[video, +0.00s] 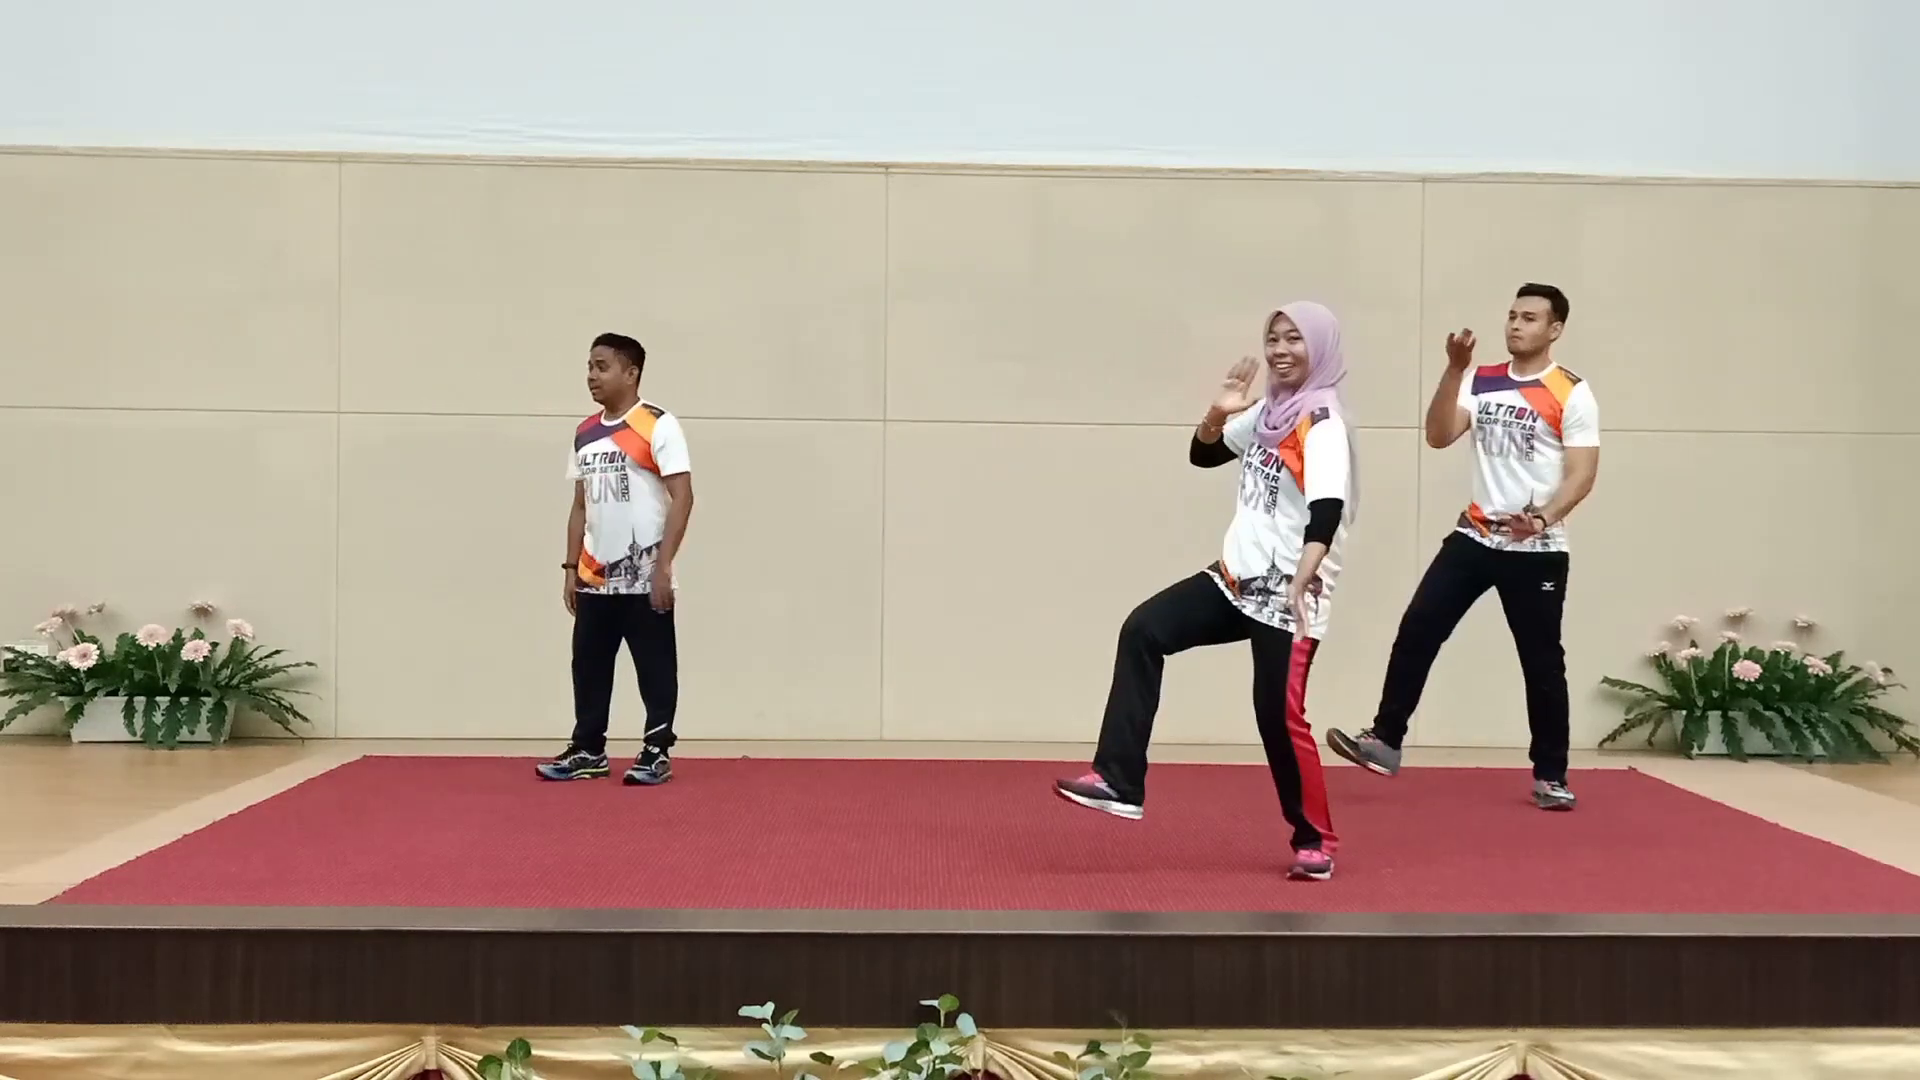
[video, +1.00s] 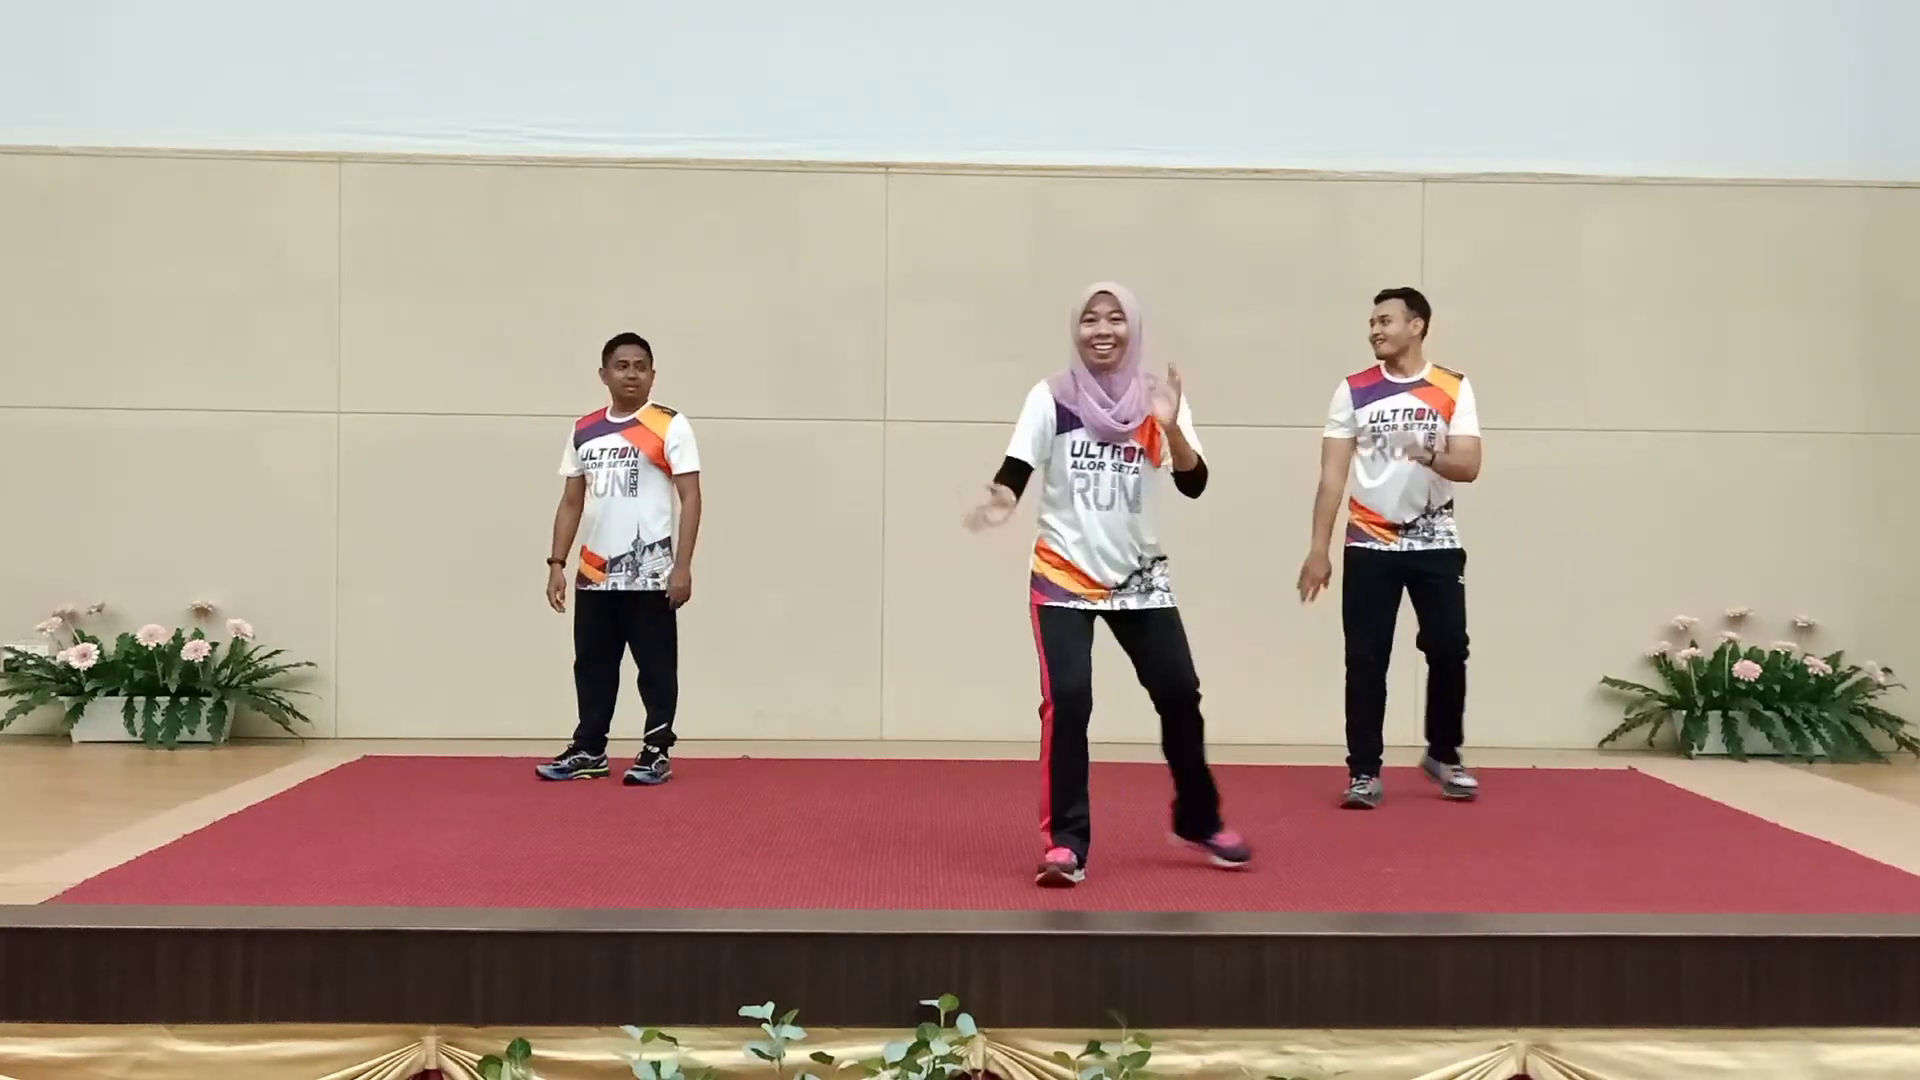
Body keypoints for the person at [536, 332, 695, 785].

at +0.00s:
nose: (590, 375)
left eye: (600, 366)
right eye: (589, 367)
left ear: (631, 372)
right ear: (595, 373)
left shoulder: (660, 426)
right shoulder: (587, 432)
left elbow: (682, 498)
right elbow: (581, 505)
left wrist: (663, 567)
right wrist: (571, 567)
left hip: (646, 578)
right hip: (596, 578)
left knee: (656, 670)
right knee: (589, 668)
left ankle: (656, 753)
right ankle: (588, 751)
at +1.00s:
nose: (632, 373)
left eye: (641, 366)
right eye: (622, 365)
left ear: (653, 373)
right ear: (604, 374)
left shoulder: (671, 427)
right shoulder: (584, 430)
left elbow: (691, 499)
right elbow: (571, 502)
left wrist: (683, 566)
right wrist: (557, 563)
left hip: (652, 575)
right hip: (596, 575)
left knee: (657, 670)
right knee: (593, 668)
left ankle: (656, 754)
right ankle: (589, 752)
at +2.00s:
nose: (657, 375)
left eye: (658, 367)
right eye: (647, 368)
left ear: (654, 373)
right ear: (616, 373)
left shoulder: (673, 431)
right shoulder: (577, 424)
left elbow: (684, 504)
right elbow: (560, 498)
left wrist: (687, 565)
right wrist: (567, 559)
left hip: (656, 570)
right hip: (596, 570)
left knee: (658, 666)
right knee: (592, 667)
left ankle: (658, 753)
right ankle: (588, 752)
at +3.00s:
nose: (631, 382)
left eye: (638, 375)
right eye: (621, 375)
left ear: (646, 382)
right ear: (599, 381)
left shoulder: (670, 438)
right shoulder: (573, 439)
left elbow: (684, 511)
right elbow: (559, 515)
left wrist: (666, 574)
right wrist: (566, 578)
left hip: (649, 573)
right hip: (591, 574)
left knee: (656, 665)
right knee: (585, 666)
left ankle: (656, 753)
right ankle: (588, 752)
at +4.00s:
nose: (627, 374)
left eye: (637, 366)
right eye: (619, 366)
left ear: (657, 374)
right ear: (610, 374)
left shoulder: (678, 427)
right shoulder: (593, 425)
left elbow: (700, 499)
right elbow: (530, 445)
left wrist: (685, 564)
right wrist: (464, 451)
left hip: (656, 574)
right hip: (601, 572)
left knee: (661, 670)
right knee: (593, 666)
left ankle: (656, 755)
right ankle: (589, 752)